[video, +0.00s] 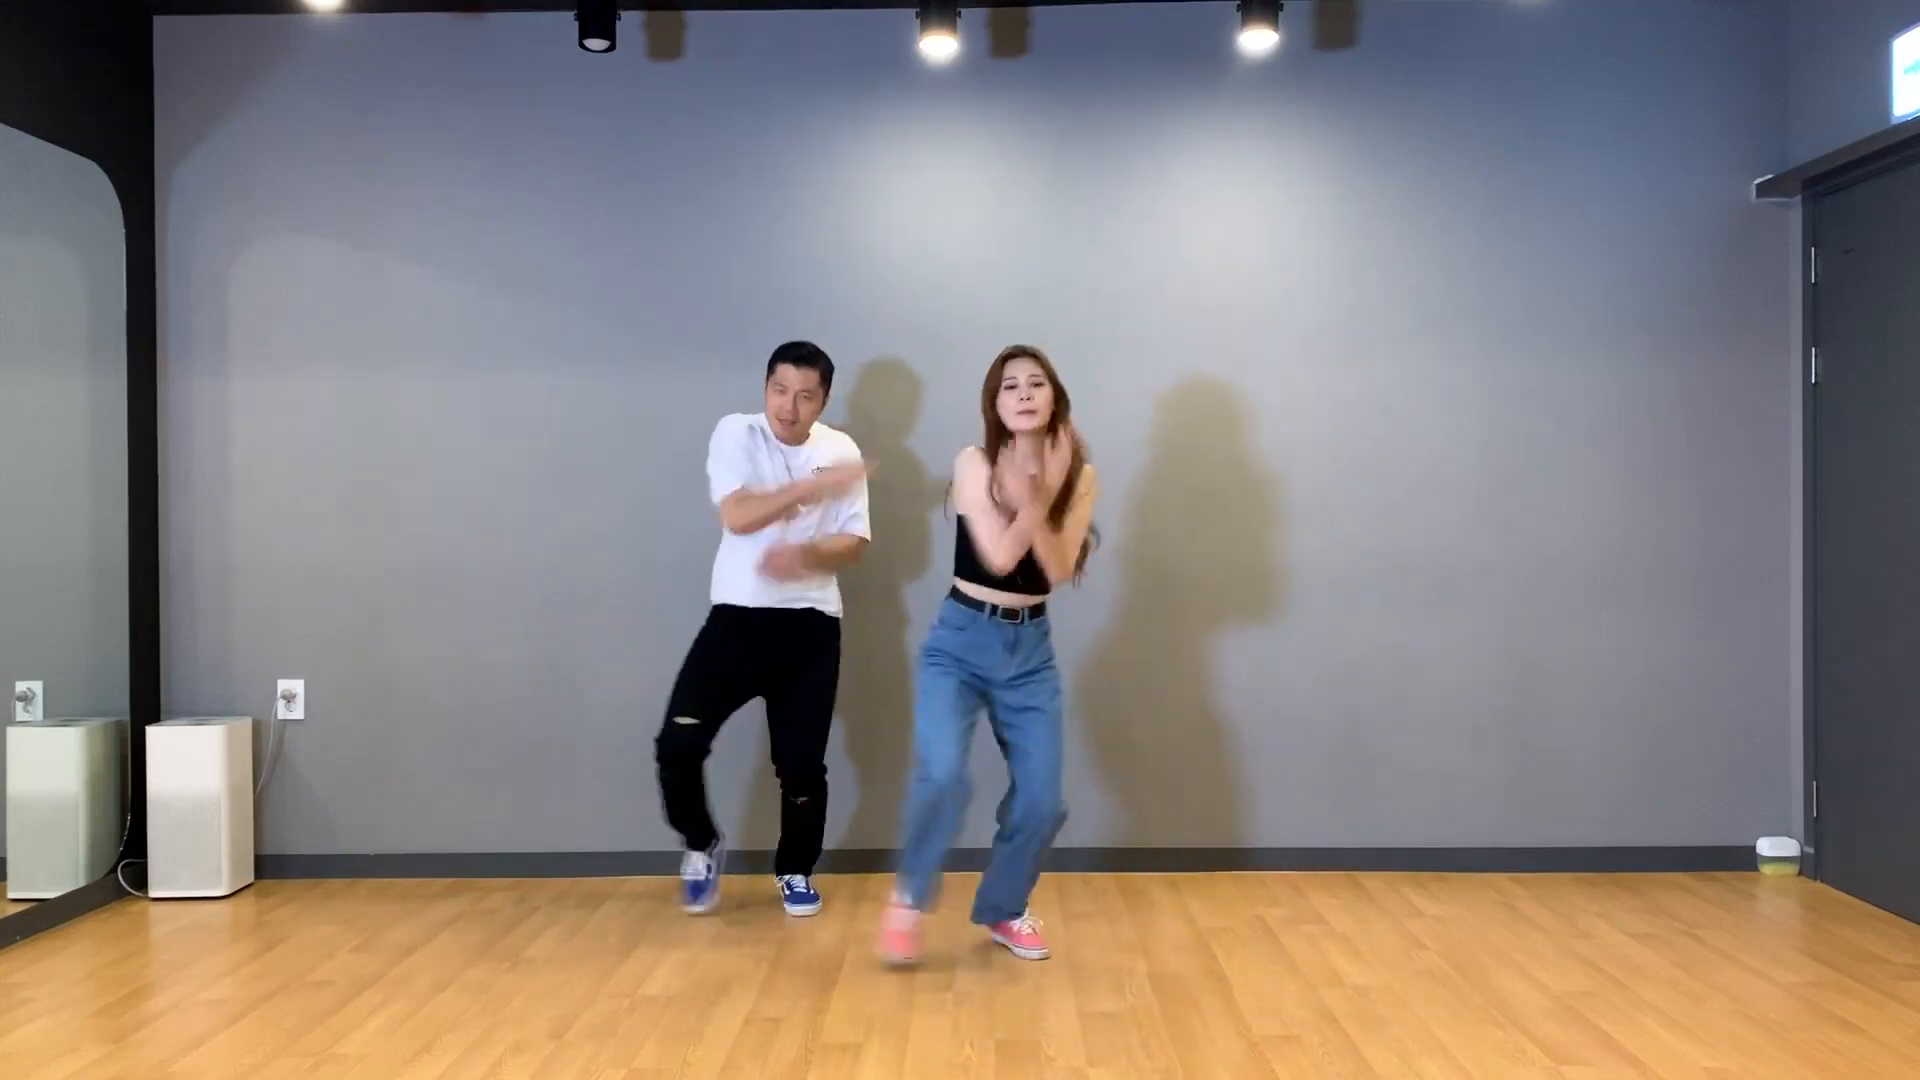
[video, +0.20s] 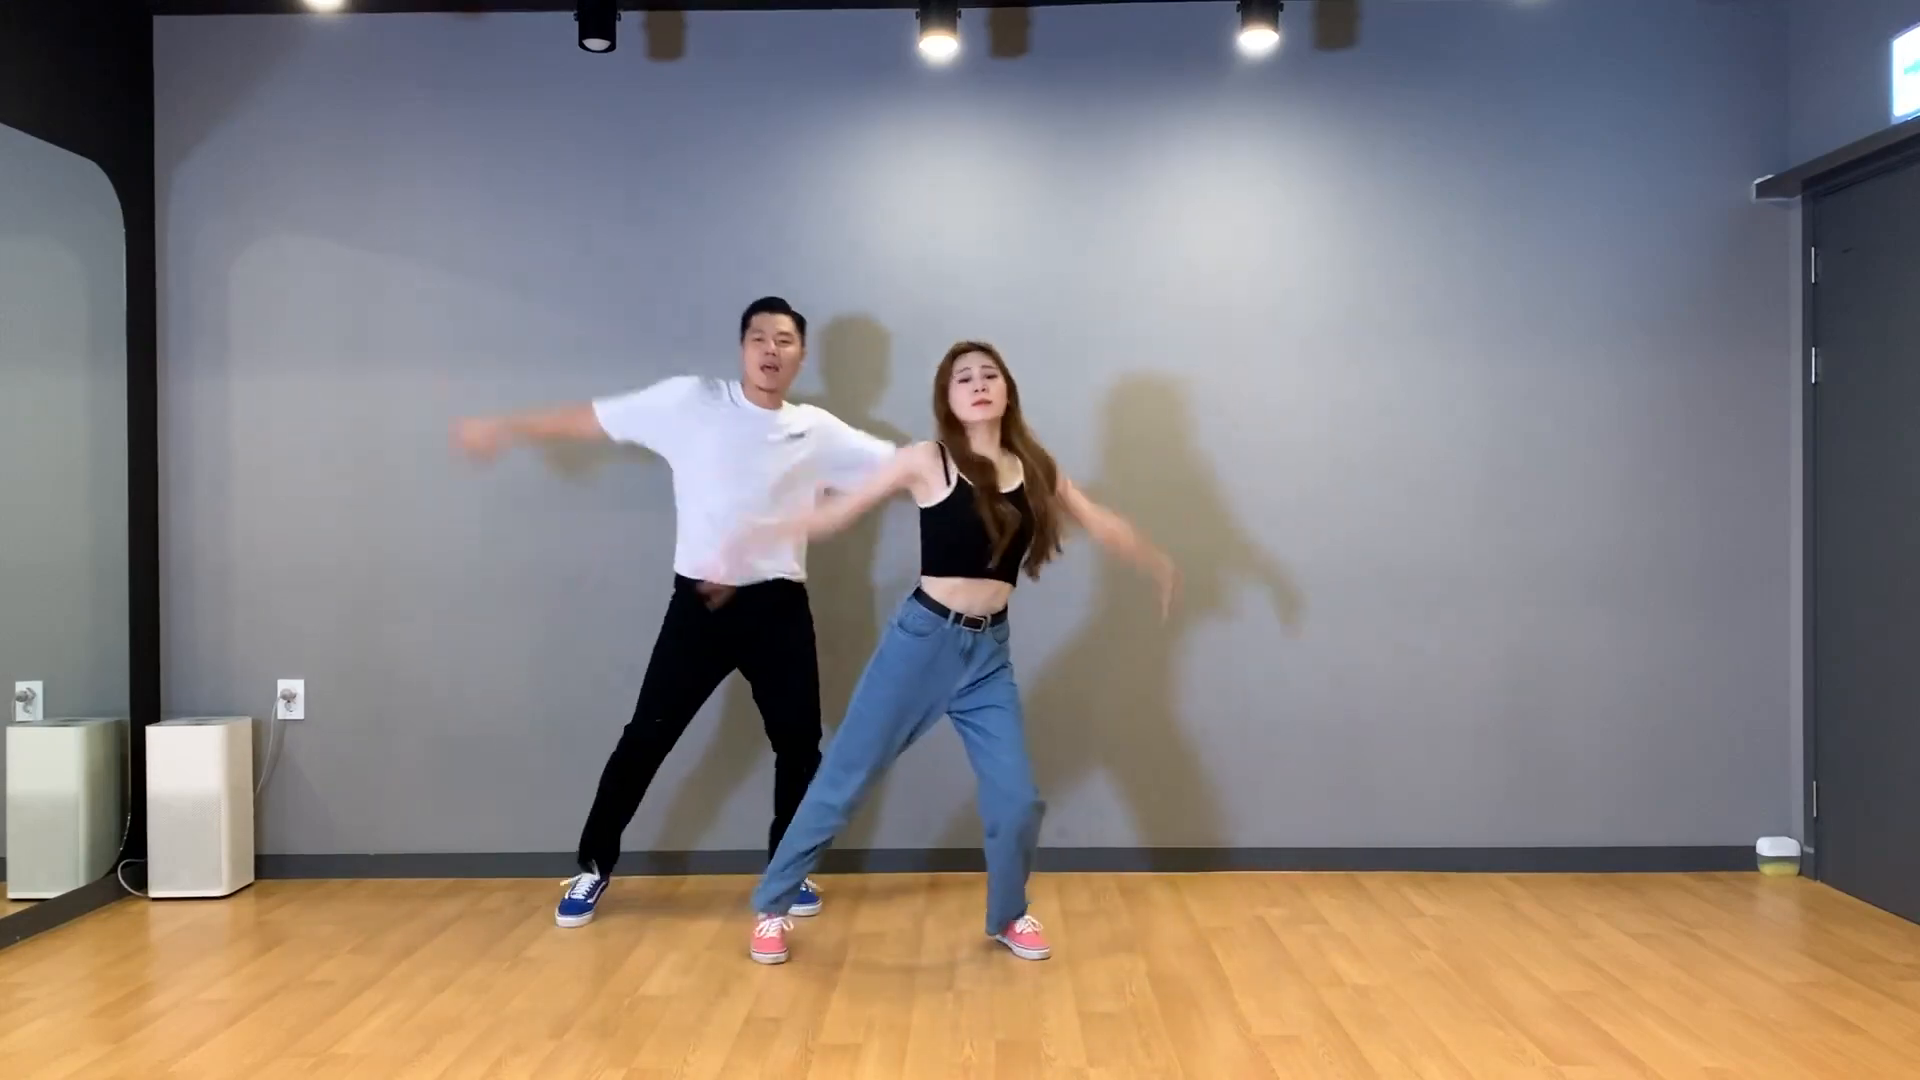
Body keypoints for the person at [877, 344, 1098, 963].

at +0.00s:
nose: (1022, 395)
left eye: (1034, 385)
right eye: (1010, 387)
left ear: (1055, 397)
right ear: (993, 401)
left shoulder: (1076, 475)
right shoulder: (975, 464)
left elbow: (1061, 570)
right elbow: (998, 556)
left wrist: (1035, 501)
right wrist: (1046, 490)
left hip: (1029, 646)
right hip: (959, 639)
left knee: (1043, 801)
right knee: (942, 774)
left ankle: (1002, 910)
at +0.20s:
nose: (979, 385)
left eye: (989, 376)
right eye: (965, 379)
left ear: (1009, 391)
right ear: (947, 398)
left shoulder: (1034, 469)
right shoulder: (925, 461)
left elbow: (1101, 523)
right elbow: (841, 510)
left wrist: (1155, 561)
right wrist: (780, 528)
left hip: (989, 650)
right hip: (922, 640)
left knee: (1017, 798)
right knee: (845, 779)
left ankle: (1008, 916)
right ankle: (772, 905)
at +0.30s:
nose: (962, 386)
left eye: (973, 375)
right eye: (949, 377)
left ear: (992, 388)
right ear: (930, 391)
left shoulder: (1018, 447)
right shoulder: (907, 440)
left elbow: (1098, 436)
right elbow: (819, 415)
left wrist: (1162, 420)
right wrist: (736, 387)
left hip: (983, 643)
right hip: (912, 634)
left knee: (1009, 798)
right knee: (841, 778)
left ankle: (1006, 916)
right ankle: (771, 907)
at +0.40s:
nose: (951, 387)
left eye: (963, 376)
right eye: (938, 376)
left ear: (980, 386)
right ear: (918, 388)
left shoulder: (1001, 441)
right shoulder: (897, 439)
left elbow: (1069, 372)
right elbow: (827, 361)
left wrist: (1126, 319)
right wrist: (759, 294)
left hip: (976, 637)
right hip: (902, 631)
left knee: (1007, 795)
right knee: (842, 776)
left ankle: (1010, 914)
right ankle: (775, 909)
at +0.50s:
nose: (936, 388)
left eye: (948, 378)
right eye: (925, 377)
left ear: (966, 390)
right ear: (906, 386)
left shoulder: (983, 442)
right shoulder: (887, 439)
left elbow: (1028, 345)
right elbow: (827, 351)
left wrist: (1048, 254)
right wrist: (801, 262)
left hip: (962, 629)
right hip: (887, 624)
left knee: (993, 787)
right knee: (845, 776)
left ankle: (1020, 911)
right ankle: (789, 915)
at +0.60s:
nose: (923, 383)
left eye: (936, 374)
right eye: (912, 374)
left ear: (953, 390)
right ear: (895, 387)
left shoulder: (965, 454)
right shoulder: (878, 447)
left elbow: (977, 398)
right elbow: (820, 399)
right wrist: (839, 335)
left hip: (944, 623)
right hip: (877, 617)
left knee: (963, 793)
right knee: (834, 781)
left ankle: (1043, 905)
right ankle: (792, 916)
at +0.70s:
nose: (923, 387)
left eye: (936, 377)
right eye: (914, 376)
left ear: (956, 391)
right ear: (897, 387)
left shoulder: (973, 447)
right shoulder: (880, 457)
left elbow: (951, 480)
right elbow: (823, 478)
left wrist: (961, 401)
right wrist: (843, 402)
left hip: (936, 635)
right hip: (873, 626)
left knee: (958, 805)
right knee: (828, 782)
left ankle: (1047, 902)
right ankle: (791, 915)